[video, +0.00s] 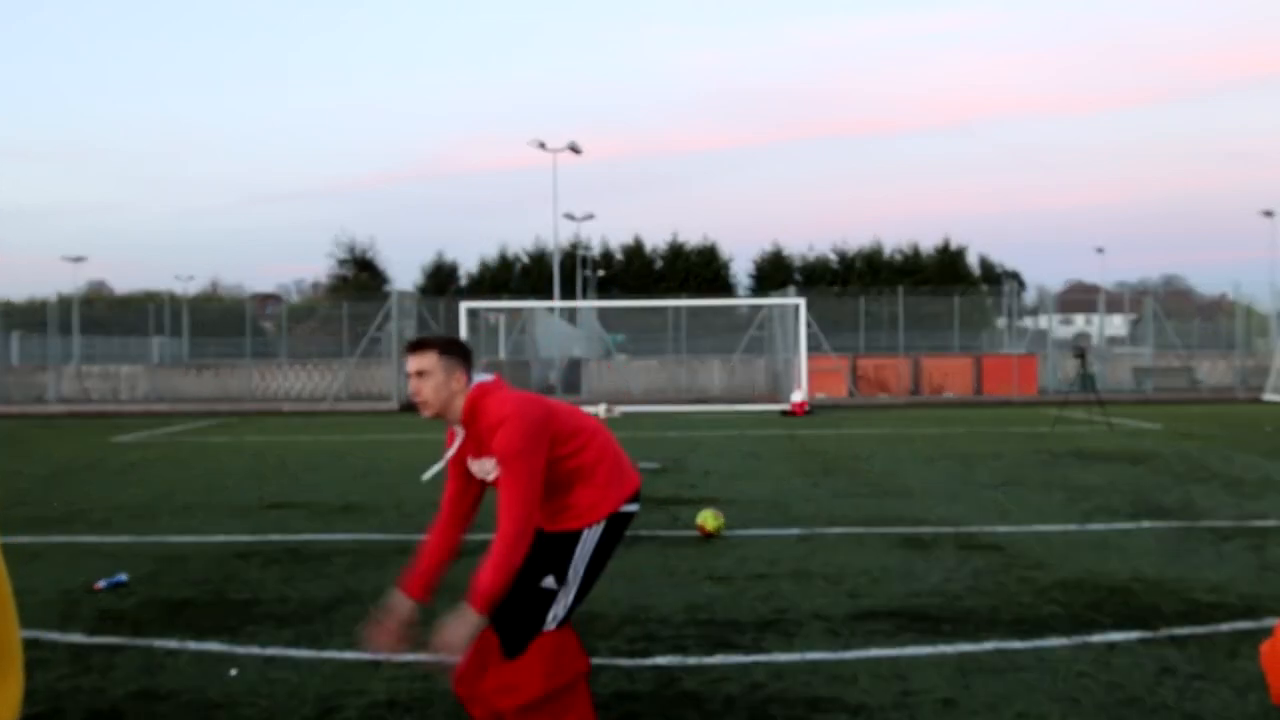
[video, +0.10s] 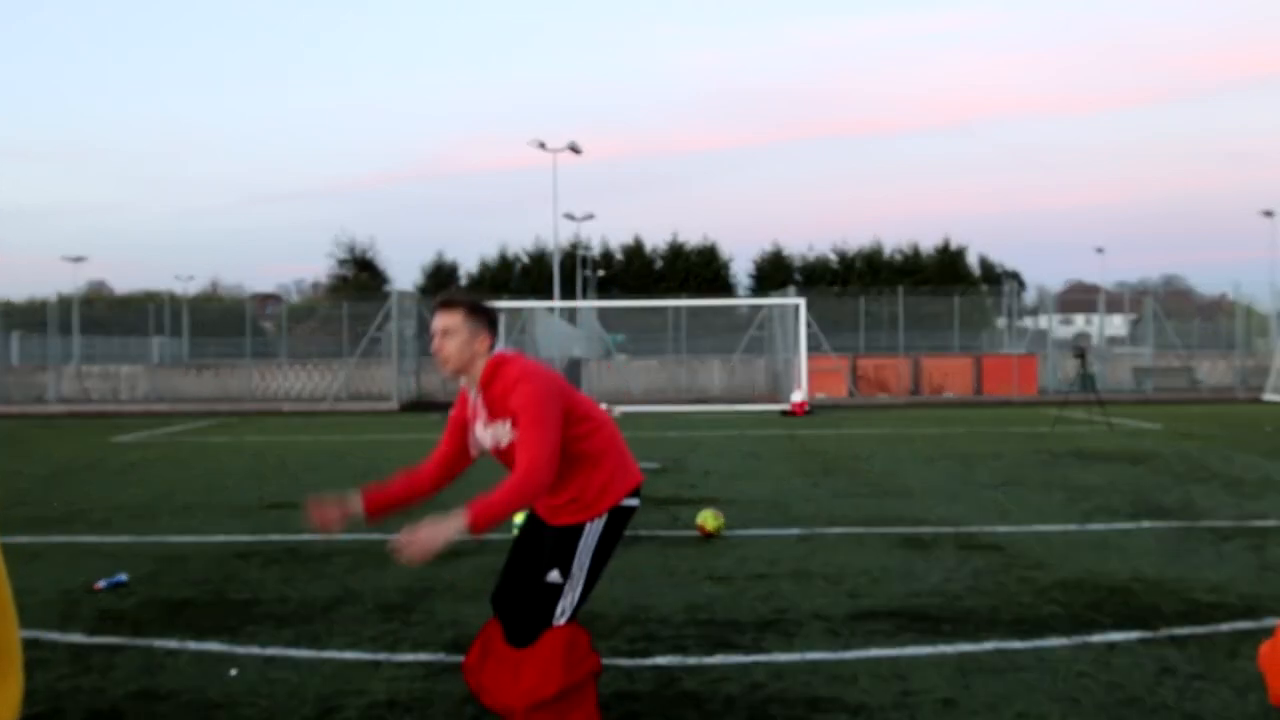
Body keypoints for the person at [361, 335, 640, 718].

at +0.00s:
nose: (412, 389)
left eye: (422, 376)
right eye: (410, 378)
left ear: (457, 379)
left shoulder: (514, 416)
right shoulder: (467, 429)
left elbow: (516, 527)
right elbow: (451, 520)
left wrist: (474, 611)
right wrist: (406, 598)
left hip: (600, 500)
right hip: (551, 504)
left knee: (535, 622)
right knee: (503, 616)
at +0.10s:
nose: (435, 347)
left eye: (446, 335)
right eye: (433, 337)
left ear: (483, 340)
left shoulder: (528, 382)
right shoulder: (472, 399)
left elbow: (536, 475)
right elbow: (437, 472)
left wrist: (453, 525)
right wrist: (355, 504)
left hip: (601, 493)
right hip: (553, 496)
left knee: (538, 618)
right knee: (509, 605)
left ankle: (564, 704)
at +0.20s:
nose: (453, 314)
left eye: (464, 302)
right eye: (450, 305)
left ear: (498, 307)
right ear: (449, 314)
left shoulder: (539, 353)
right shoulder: (476, 376)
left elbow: (557, 432)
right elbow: (429, 441)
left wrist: (486, 474)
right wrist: (352, 453)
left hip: (597, 489)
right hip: (552, 494)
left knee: (550, 617)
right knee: (521, 611)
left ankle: (571, 707)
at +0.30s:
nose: (474, 289)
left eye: (484, 278)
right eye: (471, 279)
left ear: (518, 282)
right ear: (474, 285)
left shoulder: (559, 327)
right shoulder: (489, 348)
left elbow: (602, 390)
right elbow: (442, 408)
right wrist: (369, 415)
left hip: (590, 484)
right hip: (542, 487)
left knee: (560, 606)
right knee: (529, 604)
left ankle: (578, 706)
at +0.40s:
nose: (485, 276)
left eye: (496, 266)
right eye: (483, 267)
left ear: (530, 271)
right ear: (488, 274)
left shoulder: (570, 318)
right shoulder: (498, 339)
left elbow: (629, 379)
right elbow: (455, 401)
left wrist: (598, 420)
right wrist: (389, 414)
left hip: (588, 483)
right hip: (541, 487)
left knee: (562, 606)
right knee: (537, 606)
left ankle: (592, 705)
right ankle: (547, 701)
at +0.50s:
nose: (502, 265)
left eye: (513, 255)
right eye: (501, 255)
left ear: (546, 262)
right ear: (508, 262)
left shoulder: (586, 312)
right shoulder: (510, 329)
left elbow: (650, 379)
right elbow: (486, 404)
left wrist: (655, 450)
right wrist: (427, 441)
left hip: (591, 478)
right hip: (544, 483)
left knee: (564, 602)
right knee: (553, 601)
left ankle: (623, 705)